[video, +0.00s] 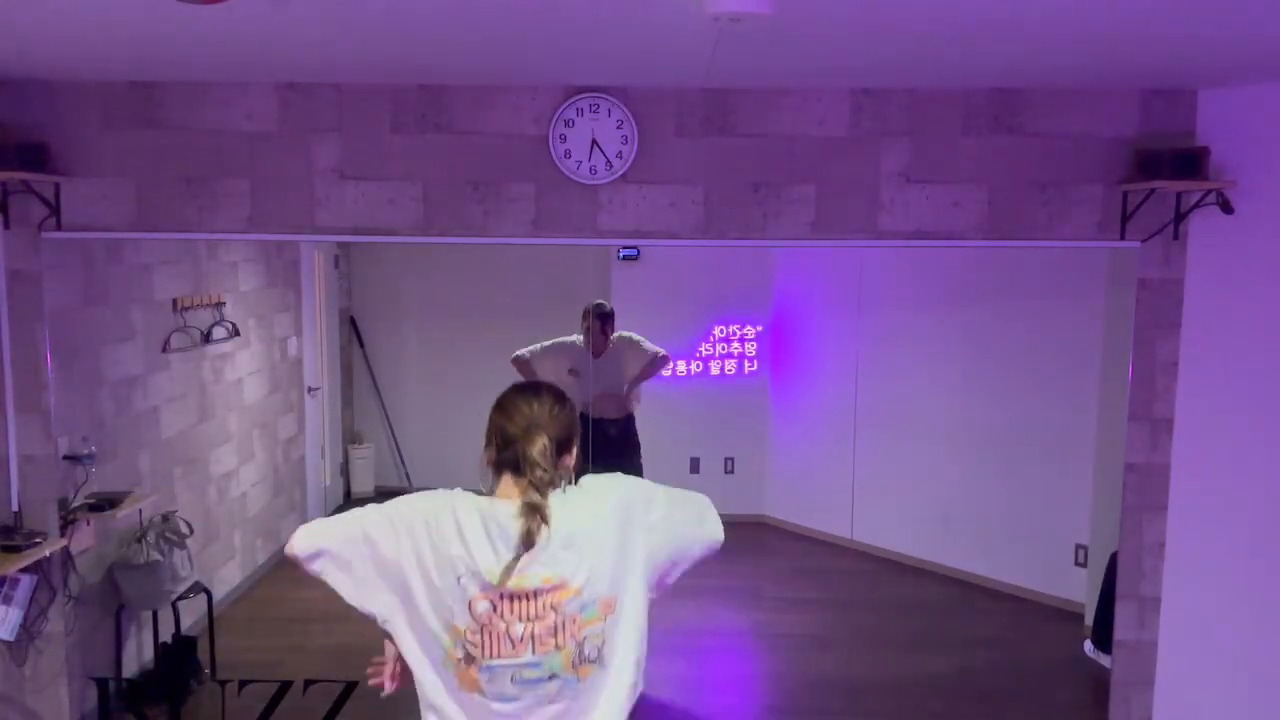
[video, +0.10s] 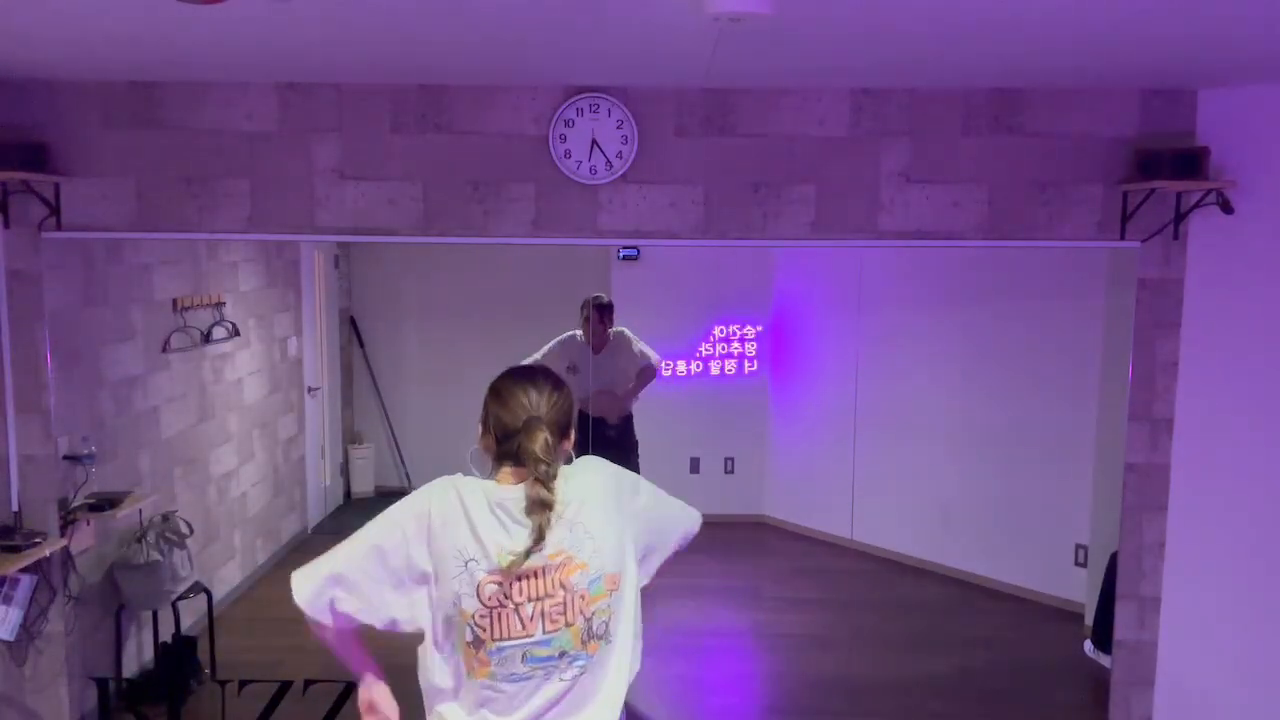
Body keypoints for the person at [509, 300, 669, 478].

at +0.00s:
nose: (596, 337)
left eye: (601, 331)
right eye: (592, 331)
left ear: (611, 328)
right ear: (583, 327)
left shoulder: (626, 343)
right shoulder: (569, 347)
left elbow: (661, 358)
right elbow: (520, 359)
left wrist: (631, 388)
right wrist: (545, 394)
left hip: (622, 428)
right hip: (585, 429)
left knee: (629, 492)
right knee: (585, 492)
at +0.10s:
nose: (590, 327)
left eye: (597, 321)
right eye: (586, 320)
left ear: (609, 323)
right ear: (581, 321)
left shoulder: (622, 339)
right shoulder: (569, 343)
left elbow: (650, 366)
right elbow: (528, 368)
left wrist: (626, 398)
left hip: (619, 426)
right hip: (583, 424)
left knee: (624, 485)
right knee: (584, 483)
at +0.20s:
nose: (590, 324)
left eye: (598, 318)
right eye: (586, 317)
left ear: (608, 321)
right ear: (579, 319)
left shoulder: (620, 340)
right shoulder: (569, 342)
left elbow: (634, 386)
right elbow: (550, 382)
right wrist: (559, 426)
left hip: (615, 426)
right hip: (579, 426)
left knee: (625, 489)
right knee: (581, 486)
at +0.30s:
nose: (590, 323)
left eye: (596, 317)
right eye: (586, 317)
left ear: (607, 320)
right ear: (578, 319)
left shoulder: (619, 350)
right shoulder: (567, 347)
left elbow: (619, 403)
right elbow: (560, 393)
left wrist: (599, 446)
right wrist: (559, 433)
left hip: (610, 433)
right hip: (576, 432)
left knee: (615, 511)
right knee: (573, 507)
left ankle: (614, 599)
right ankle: (572, 596)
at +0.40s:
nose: (578, 325)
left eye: (584, 320)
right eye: (576, 319)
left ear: (599, 323)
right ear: (574, 321)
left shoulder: (611, 358)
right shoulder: (569, 348)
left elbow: (602, 413)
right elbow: (556, 396)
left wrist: (590, 458)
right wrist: (549, 438)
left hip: (601, 438)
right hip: (569, 434)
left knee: (605, 516)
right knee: (553, 508)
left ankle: (614, 593)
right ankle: (546, 587)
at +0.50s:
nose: (572, 333)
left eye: (578, 328)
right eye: (570, 328)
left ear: (593, 329)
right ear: (567, 327)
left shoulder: (598, 365)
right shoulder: (568, 352)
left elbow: (587, 418)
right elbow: (554, 398)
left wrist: (576, 464)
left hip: (584, 447)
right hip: (555, 442)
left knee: (595, 526)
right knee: (537, 517)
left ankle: (614, 597)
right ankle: (519, 592)